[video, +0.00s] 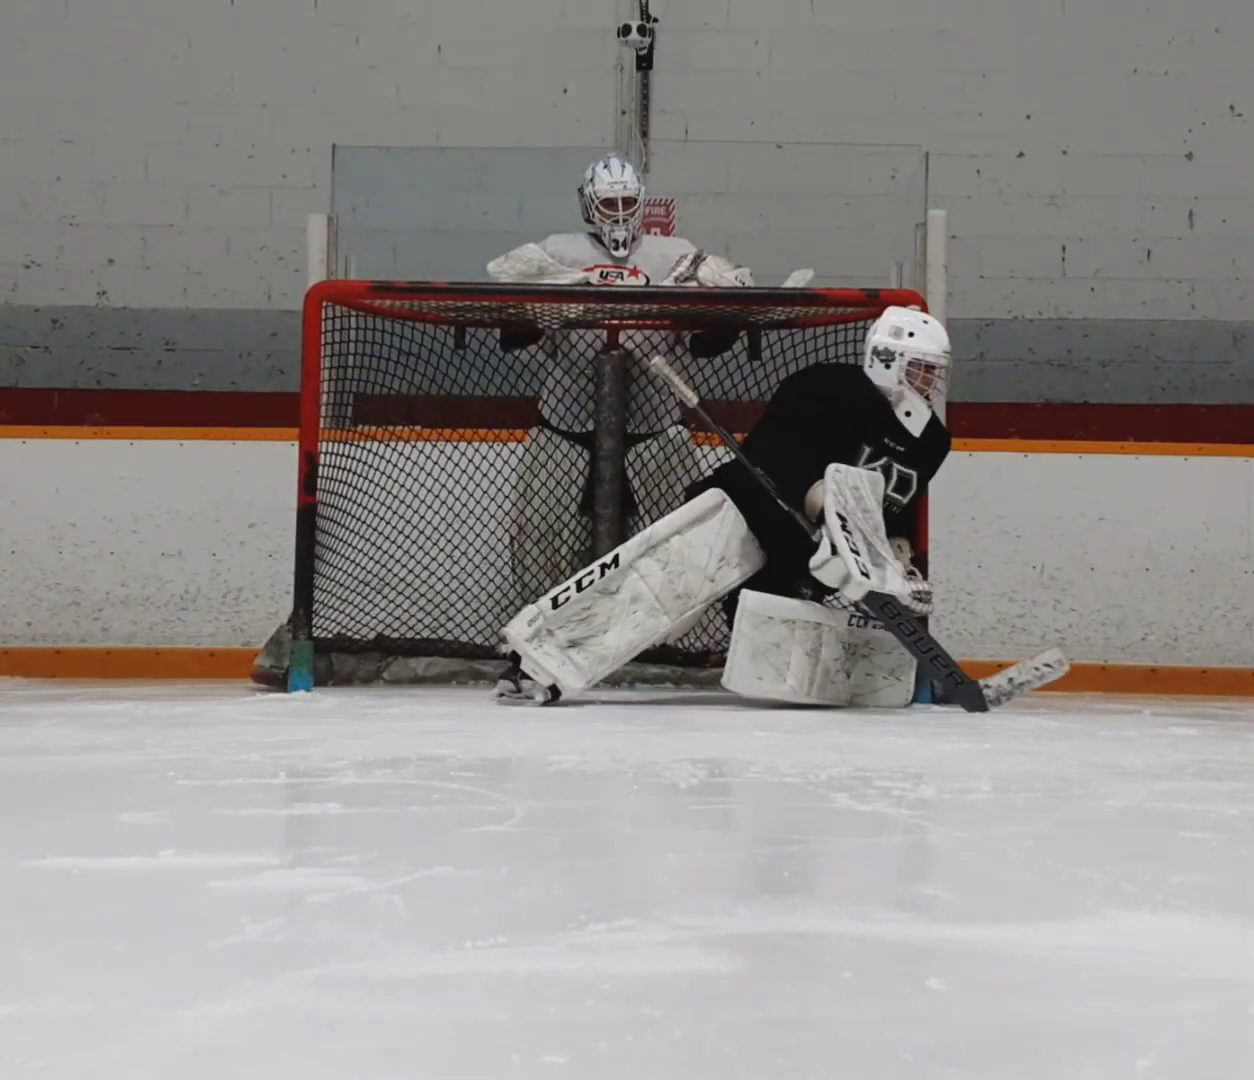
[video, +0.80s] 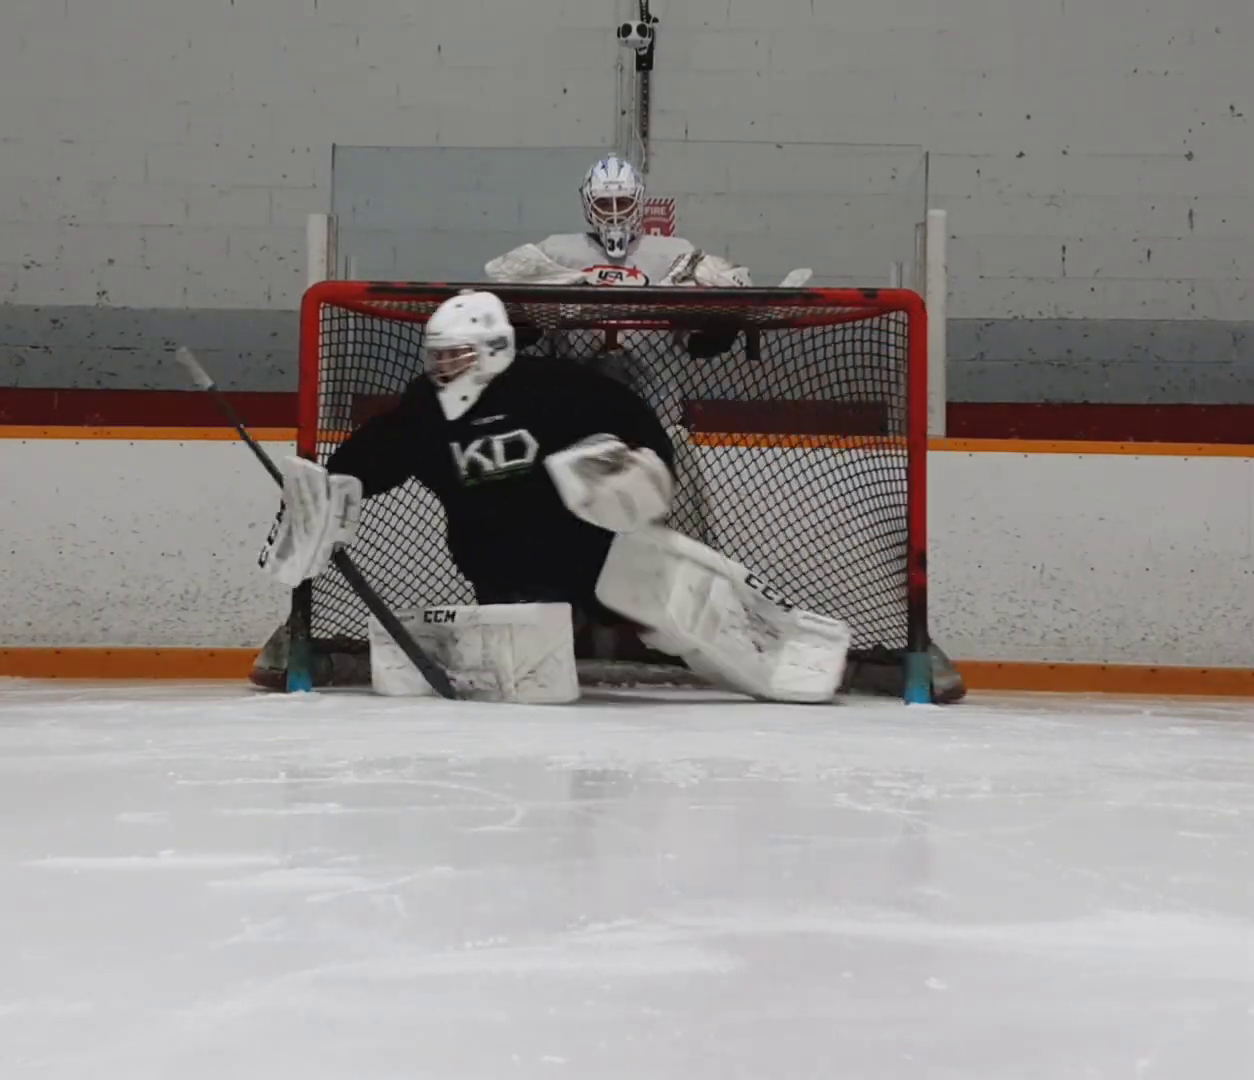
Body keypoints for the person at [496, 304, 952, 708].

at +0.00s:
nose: (932, 381)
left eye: (938, 370)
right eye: (923, 368)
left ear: (938, 372)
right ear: (887, 361)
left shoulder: (931, 441)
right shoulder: (827, 386)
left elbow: (896, 513)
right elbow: (768, 453)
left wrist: (895, 569)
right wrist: (817, 493)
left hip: (829, 553)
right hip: (751, 519)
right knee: (659, 585)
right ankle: (544, 663)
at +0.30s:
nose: (907, 397)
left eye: (914, 387)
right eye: (898, 384)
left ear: (916, 386)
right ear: (861, 374)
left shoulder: (906, 444)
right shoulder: (797, 399)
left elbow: (893, 523)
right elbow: (718, 479)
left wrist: (895, 569)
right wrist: (771, 517)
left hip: (808, 556)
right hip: (721, 532)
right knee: (612, 581)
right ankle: (489, 657)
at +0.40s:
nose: (865, 404)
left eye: (872, 394)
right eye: (856, 391)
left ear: (876, 394)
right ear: (820, 380)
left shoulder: (867, 443)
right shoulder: (763, 409)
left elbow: (881, 511)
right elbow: (675, 469)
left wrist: (891, 556)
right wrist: (712, 520)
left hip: (773, 583)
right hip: (687, 561)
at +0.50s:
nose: (784, 391)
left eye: (793, 380)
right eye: (773, 379)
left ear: (805, 377)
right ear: (739, 370)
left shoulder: (813, 431)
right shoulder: (689, 413)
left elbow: (838, 503)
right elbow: (609, 464)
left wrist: (871, 556)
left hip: (740, 593)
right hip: (652, 578)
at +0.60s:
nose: (647, 375)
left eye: (661, 366)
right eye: (639, 364)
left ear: (692, 363)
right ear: (628, 357)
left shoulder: (735, 406)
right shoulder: (601, 404)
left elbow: (771, 480)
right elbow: (535, 459)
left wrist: (811, 525)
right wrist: (494, 505)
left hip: (696, 589)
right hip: (601, 585)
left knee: (701, 708)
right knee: (596, 706)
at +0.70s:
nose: (536, 370)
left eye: (549, 358)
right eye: (528, 358)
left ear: (586, 354)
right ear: (520, 357)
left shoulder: (641, 389)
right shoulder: (504, 410)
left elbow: (705, 450)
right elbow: (442, 460)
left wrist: (732, 501)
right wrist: (394, 509)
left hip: (646, 590)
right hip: (546, 594)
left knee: (664, 728)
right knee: (548, 736)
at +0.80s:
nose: (442, 370)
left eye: (455, 358)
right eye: (435, 358)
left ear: (496, 350)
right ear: (430, 358)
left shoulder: (554, 385)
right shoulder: (423, 413)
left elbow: (639, 431)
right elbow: (363, 468)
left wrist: (633, 476)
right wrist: (319, 493)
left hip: (599, 557)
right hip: (510, 585)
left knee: (686, 595)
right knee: (531, 678)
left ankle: (774, 656)